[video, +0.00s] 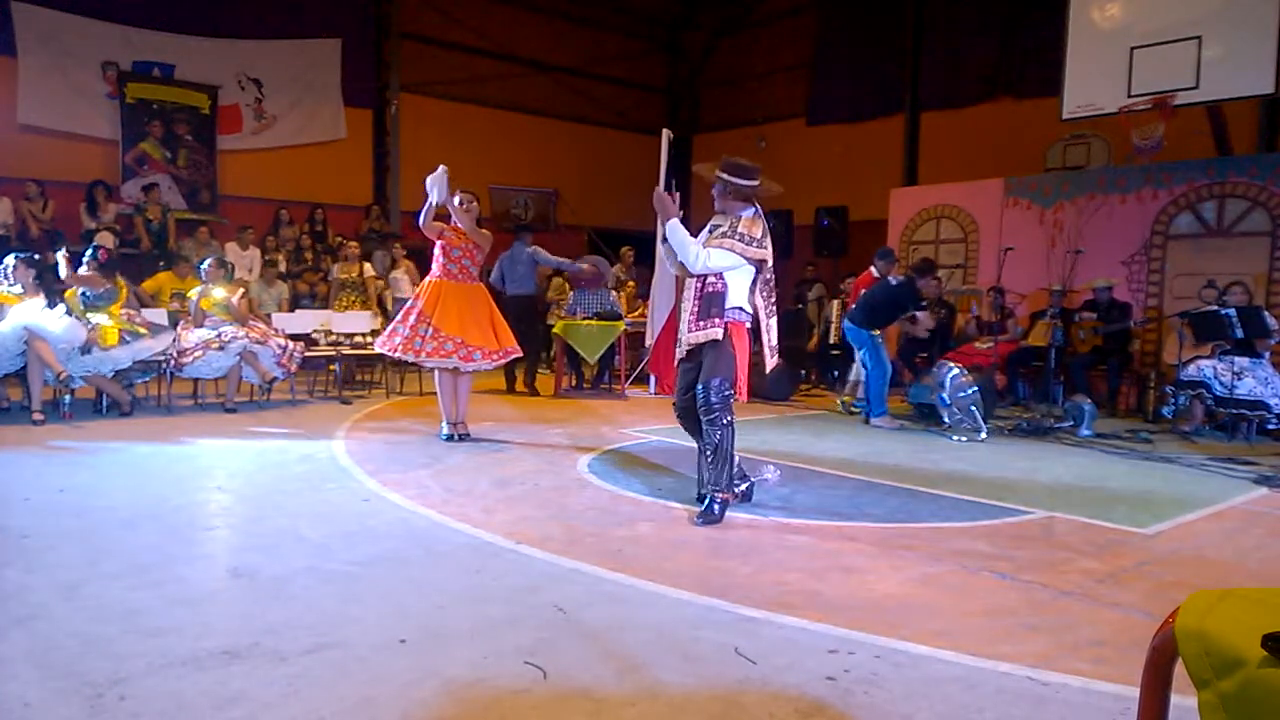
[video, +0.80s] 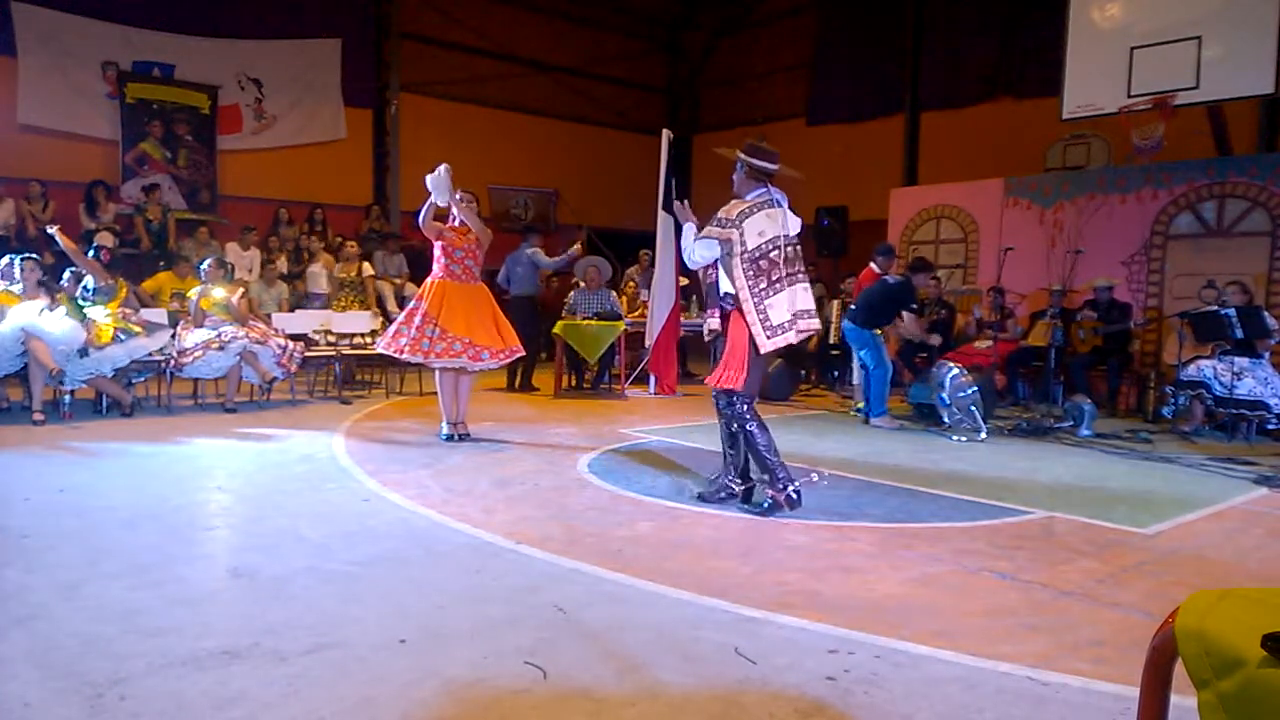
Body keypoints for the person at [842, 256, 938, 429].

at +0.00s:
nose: (933, 285)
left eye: (934, 280)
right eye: (932, 280)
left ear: (916, 273)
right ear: (925, 278)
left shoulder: (901, 282)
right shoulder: (911, 291)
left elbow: (893, 316)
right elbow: (926, 321)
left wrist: (912, 329)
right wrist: (934, 321)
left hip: (855, 323)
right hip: (863, 328)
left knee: (874, 368)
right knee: (882, 368)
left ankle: (872, 411)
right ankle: (879, 414)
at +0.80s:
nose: (928, 283)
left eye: (929, 278)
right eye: (928, 278)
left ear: (911, 271)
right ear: (920, 275)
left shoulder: (894, 281)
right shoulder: (907, 289)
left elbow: (899, 325)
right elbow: (910, 326)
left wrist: (920, 337)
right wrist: (928, 338)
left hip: (853, 323)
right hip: (863, 328)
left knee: (872, 367)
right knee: (882, 368)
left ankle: (871, 411)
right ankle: (879, 414)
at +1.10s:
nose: (930, 289)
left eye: (932, 285)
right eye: (930, 285)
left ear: (917, 278)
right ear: (921, 279)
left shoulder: (898, 284)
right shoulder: (905, 290)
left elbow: (888, 325)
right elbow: (897, 327)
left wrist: (902, 349)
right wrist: (910, 354)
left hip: (856, 323)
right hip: (861, 326)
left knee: (871, 367)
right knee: (878, 366)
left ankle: (871, 410)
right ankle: (878, 414)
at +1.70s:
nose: (926, 292)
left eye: (928, 288)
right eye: (926, 287)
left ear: (914, 279)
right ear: (916, 280)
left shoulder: (894, 283)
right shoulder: (902, 291)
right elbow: (904, 330)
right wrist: (921, 358)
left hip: (847, 323)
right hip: (856, 327)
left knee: (866, 368)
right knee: (870, 369)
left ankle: (868, 408)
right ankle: (862, 414)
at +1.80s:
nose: (923, 293)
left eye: (926, 289)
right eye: (924, 288)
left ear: (911, 279)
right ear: (915, 280)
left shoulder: (888, 281)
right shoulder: (901, 291)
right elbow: (903, 329)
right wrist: (920, 358)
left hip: (843, 322)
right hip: (856, 327)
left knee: (860, 369)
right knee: (869, 370)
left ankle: (866, 408)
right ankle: (861, 414)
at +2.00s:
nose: (920, 292)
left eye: (923, 288)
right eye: (920, 287)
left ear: (907, 278)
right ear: (911, 280)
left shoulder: (886, 280)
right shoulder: (900, 292)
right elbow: (902, 330)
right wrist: (920, 359)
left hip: (842, 317)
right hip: (854, 325)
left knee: (849, 369)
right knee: (863, 371)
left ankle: (845, 409)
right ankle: (858, 415)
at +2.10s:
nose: (918, 292)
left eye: (920, 288)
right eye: (918, 287)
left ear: (907, 279)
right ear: (910, 281)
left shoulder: (884, 280)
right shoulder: (898, 293)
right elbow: (902, 332)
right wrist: (920, 359)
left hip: (839, 319)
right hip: (853, 327)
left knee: (841, 368)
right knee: (861, 372)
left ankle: (832, 413)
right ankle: (858, 415)